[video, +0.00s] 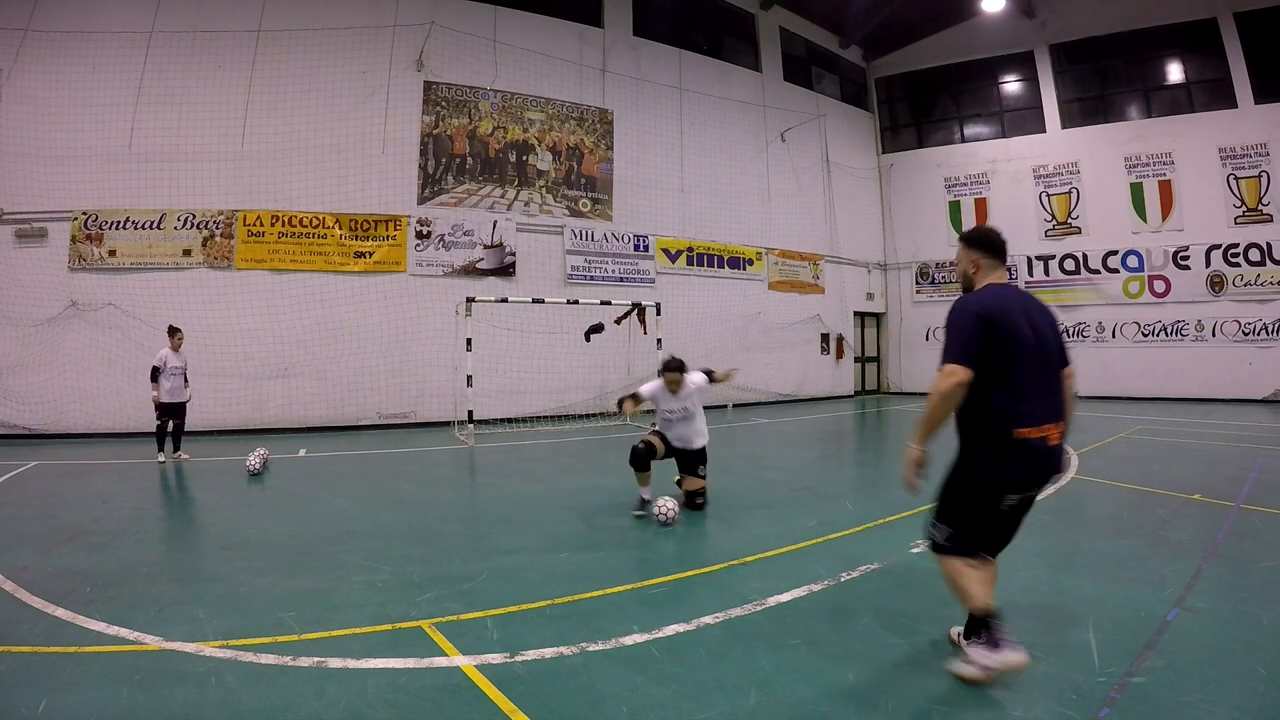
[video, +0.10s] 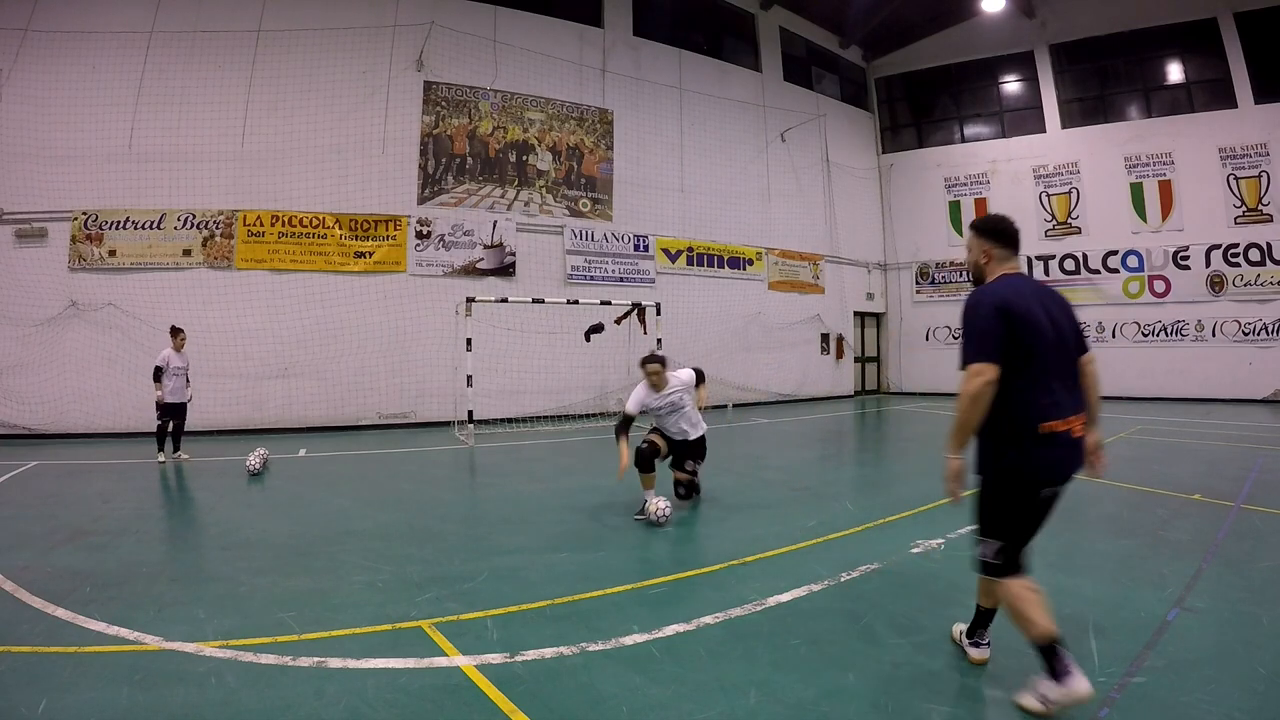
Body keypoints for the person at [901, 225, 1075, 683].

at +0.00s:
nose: (957, 268)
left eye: (959, 261)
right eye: (958, 260)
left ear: (972, 261)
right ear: (1003, 261)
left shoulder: (970, 309)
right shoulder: (1036, 307)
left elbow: (954, 380)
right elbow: (1065, 380)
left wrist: (919, 441)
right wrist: (1056, 437)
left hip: (993, 452)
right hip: (1041, 451)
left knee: (947, 542)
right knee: (983, 544)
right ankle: (976, 631)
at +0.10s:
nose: (966, 258)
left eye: (969, 250)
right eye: (967, 250)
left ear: (985, 252)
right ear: (1012, 253)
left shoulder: (985, 302)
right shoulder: (1051, 297)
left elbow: (981, 378)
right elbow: (1085, 365)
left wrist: (955, 450)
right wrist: (1092, 429)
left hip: (1015, 450)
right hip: (1065, 446)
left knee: (1000, 560)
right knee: (1001, 545)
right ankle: (977, 637)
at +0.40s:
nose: (1012, 235)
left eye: (1017, 226)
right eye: (1013, 226)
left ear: (1040, 228)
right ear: (1053, 229)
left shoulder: (1062, 283)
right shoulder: (1077, 276)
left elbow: (1074, 373)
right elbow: (1090, 372)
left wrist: (1055, 464)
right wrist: (1071, 457)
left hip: (1102, 453)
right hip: (1104, 447)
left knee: (1082, 578)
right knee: (1052, 545)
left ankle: (1088, 704)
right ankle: (1030, 648)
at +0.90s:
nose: (1093, 218)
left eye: (1102, 207)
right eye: (1095, 208)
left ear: (1134, 213)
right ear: (1138, 215)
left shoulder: (1153, 274)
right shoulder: (1158, 269)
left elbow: (1177, 370)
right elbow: (1174, 372)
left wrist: (1147, 470)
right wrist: (1138, 461)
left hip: (1152, 471)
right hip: (1178, 464)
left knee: (1121, 595)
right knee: (1176, 569)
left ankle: (1089, 706)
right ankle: (1214, 675)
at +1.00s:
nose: (1114, 221)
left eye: (1123, 211)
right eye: (1115, 211)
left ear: (1157, 216)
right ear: (1158, 219)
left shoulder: (1170, 279)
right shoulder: (1181, 274)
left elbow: (1190, 375)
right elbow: (1192, 378)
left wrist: (1149, 469)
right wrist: (1152, 462)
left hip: (1168, 473)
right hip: (1197, 467)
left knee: (1128, 595)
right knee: (1194, 576)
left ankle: (1089, 706)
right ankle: (1219, 686)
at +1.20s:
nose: (1153, 226)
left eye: (1162, 215)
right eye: (1154, 216)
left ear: (1197, 219)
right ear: (1195, 222)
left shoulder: (1209, 281)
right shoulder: (1221, 275)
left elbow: (1224, 376)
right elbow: (1233, 377)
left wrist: (1177, 465)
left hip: (1206, 469)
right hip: (1235, 466)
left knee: (1156, 592)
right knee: (1227, 581)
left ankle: (1097, 702)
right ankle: (1226, 691)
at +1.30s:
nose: (1168, 223)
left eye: (1177, 212)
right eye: (1169, 213)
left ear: (1211, 216)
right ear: (1212, 219)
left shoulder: (1221, 279)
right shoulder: (1237, 274)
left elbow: (1236, 372)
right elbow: (1246, 373)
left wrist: (1198, 462)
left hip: (1215, 466)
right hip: (1248, 463)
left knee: (1163, 585)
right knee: (1241, 581)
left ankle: (1126, 703)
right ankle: (1227, 692)